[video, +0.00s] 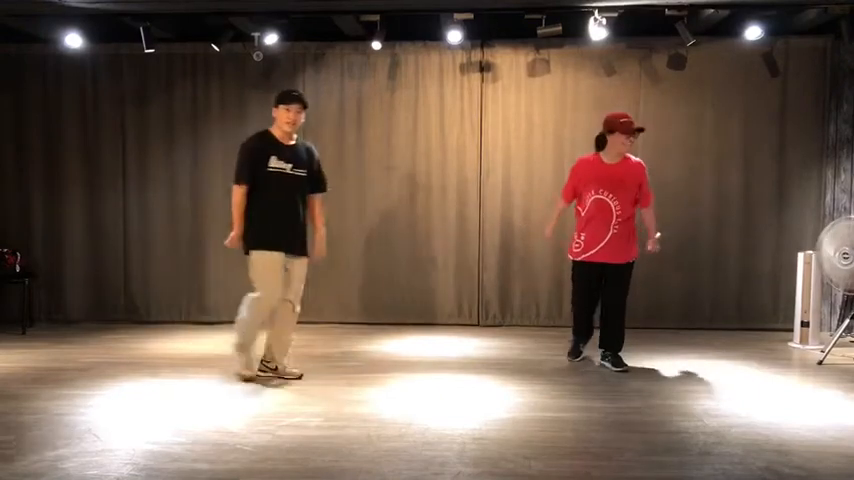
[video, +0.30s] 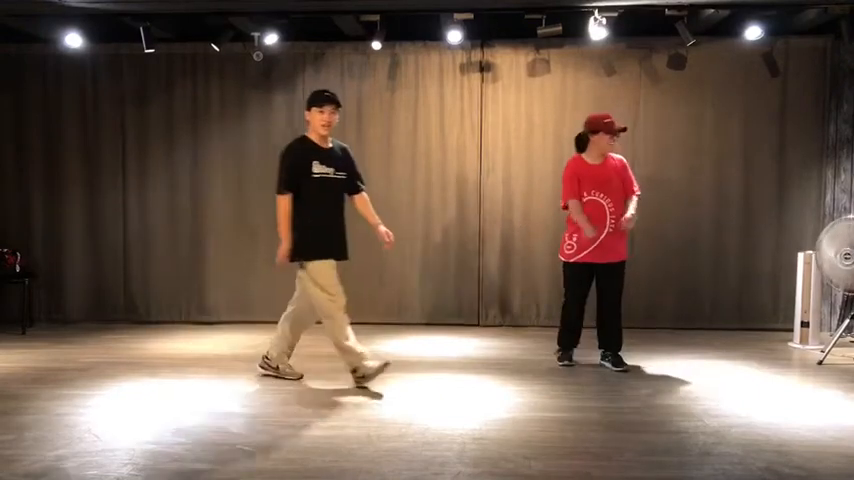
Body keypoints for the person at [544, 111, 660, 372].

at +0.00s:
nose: (631, 139)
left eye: (632, 135)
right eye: (626, 135)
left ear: (631, 138)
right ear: (610, 136)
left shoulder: (636, 167)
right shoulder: (584, 165)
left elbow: (645, 204)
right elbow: (566, 198)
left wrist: (652, 233)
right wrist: (551, 224)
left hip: (621, 251)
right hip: (586, 250)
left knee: (614, 305)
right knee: (582, 302)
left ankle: (610, 351)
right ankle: (579, 339)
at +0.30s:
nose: (614, 139)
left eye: (614, 135)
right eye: (609, 135)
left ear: (609, 138)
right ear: (594, 137)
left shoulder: (619, 163)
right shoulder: (575, 165)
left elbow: (633, 194)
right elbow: (572, 202)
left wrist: (629, 214)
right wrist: (586, 225)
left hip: (612, 247)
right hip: (580, 247)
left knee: (610, 303)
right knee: (574, 302)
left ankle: (610, 351)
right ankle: (566, 349)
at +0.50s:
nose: (597, 139)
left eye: (598, 135)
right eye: (593, 136)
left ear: (593, 139)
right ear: (577, 138)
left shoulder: (604, 163)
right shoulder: (560, 170)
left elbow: (620, 193)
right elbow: (563, 204)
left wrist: (629, 217)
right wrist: (589, 217)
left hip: (602, 248)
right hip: (570, 250)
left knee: (605, 302)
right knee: (568, 302)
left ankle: (609, 351)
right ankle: (565, 349)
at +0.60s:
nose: (591, 139)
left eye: (591, 134)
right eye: (586, 135)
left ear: (587, 138)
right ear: (571, 139)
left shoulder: (599, 163)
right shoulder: (557, 172)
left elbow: (614, 196)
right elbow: (557, 211)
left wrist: (623, 222)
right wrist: (577, 233)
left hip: (600, 248)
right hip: (568, 250)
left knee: (604, 302)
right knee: (566, 303)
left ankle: (611, 350)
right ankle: (564, 349)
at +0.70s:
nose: (589, 137)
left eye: (590, 133)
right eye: (584, 134)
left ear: (588, 137)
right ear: (569, 138)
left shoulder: (599, 163)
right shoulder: (555, 173)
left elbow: (610, 195)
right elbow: (551, 213)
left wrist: (615, 223)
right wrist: (551, 245)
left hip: (600, 247)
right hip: (568, 249)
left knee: (605, 301)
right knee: (565, 303)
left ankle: (610, 348)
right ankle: (564, 349)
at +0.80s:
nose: (589, 136)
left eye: (590, 132)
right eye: (583, 133)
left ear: (590, 136)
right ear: (569, 138)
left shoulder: (599, 162)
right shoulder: (554, 172)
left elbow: (608, 195)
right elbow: (543, 210)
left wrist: (610, 219)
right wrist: (534, 235)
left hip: (598, 245)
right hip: (566, 247)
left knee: (606, 297)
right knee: (566, 300)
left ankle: (607, 343)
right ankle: (564, 348)